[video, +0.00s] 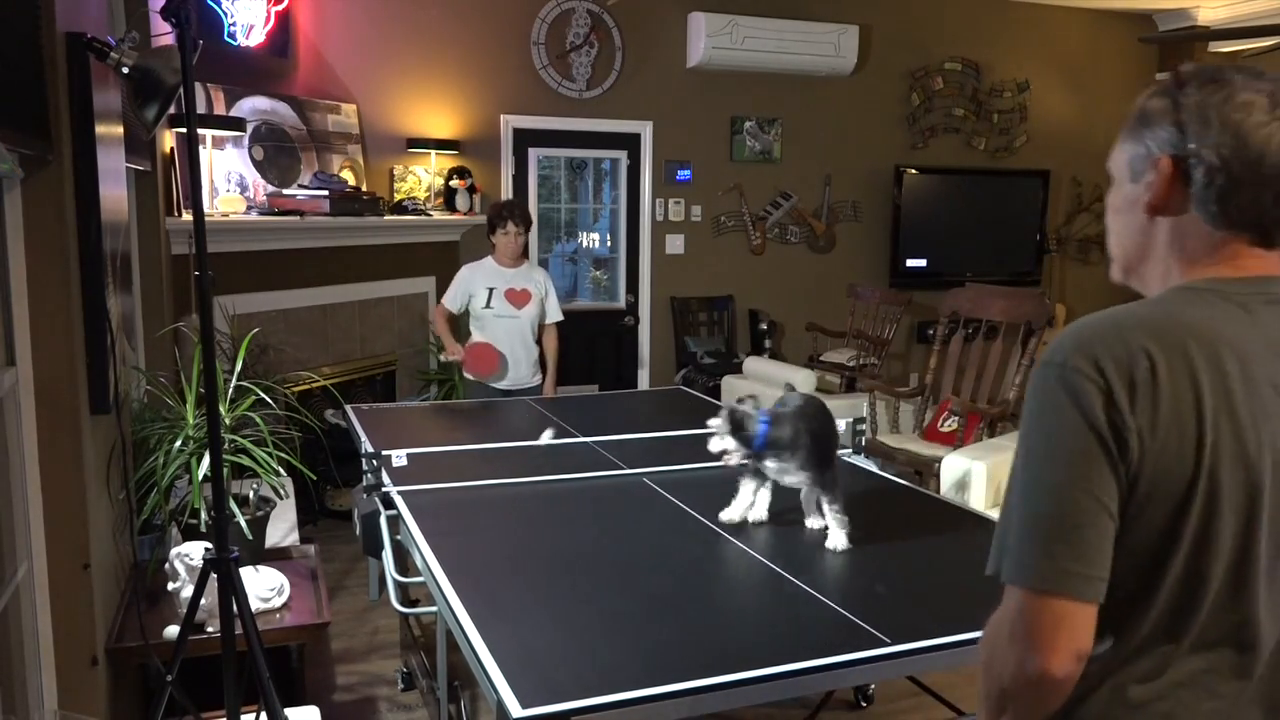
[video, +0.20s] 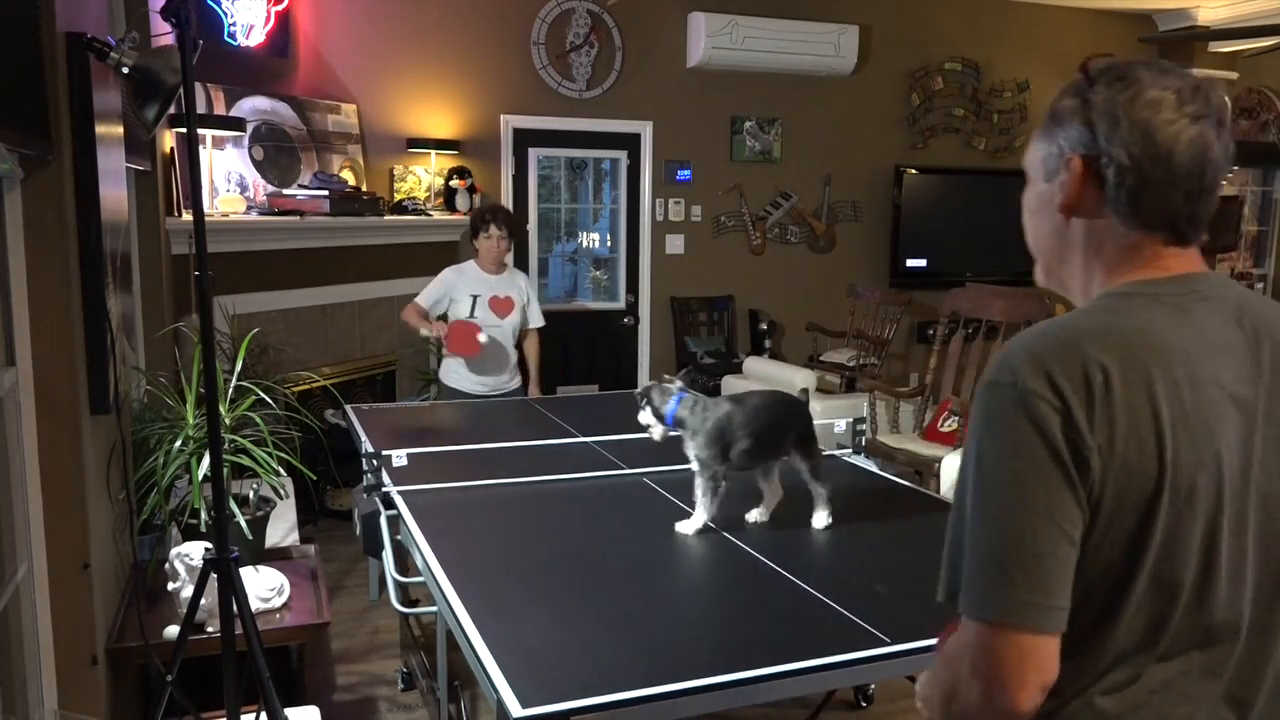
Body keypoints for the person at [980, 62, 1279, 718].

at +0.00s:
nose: (1107, 205)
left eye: (1115, 179)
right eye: (1109, 181)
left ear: (1162, 182)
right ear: (1259, 184)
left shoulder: (1105, 359)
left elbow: (1044, 655)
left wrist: (1002, 706)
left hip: (1138, 703)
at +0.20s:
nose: (1025, 206)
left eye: (1030, 178)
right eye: (1026, 179)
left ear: (1073, 182)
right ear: (1195, 189)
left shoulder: (1049, 370)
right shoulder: (1270, 329)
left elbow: (1007, 679)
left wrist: (937, 689)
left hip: (1100, 707)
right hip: (1256, 701)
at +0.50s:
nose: (944, 228)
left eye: (948, 201)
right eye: (943, 202)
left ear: (990, 209)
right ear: (1110, 208)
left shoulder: (1004, 410)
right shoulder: (1224, 357)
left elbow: (1013, 703)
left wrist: (925, 701)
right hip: (1245, 705)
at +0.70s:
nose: (810, 321)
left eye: (814, 295)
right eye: (811, 296)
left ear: (855, 305)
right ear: (960, 298)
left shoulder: (954, 491)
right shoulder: (1009, 412)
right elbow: (915, 591)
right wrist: (731, 656)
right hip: (1225, 697)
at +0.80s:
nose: (726, 384)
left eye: (734, 359)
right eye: (729, 361)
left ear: (776, 374)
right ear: (868, 362)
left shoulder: (902, 543)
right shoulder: (867, 471)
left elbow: (975, 705)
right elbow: (772, 560)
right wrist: (640, 576)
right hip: (1147, 689)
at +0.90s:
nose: (686, 418)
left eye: (685, 397)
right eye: (683, 395)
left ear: (721, 408)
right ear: (829, 380)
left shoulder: (855, 562)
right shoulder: (864, 476)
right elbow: (734, 558)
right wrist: (618, 546)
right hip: (1134, 699)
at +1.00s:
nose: (670, 392)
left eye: (670, 371)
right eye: (671, 370)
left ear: (698, 385)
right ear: (811, 354)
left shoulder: (825, 562)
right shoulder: (882, 451)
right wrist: (659, 590)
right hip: (1139, 701)